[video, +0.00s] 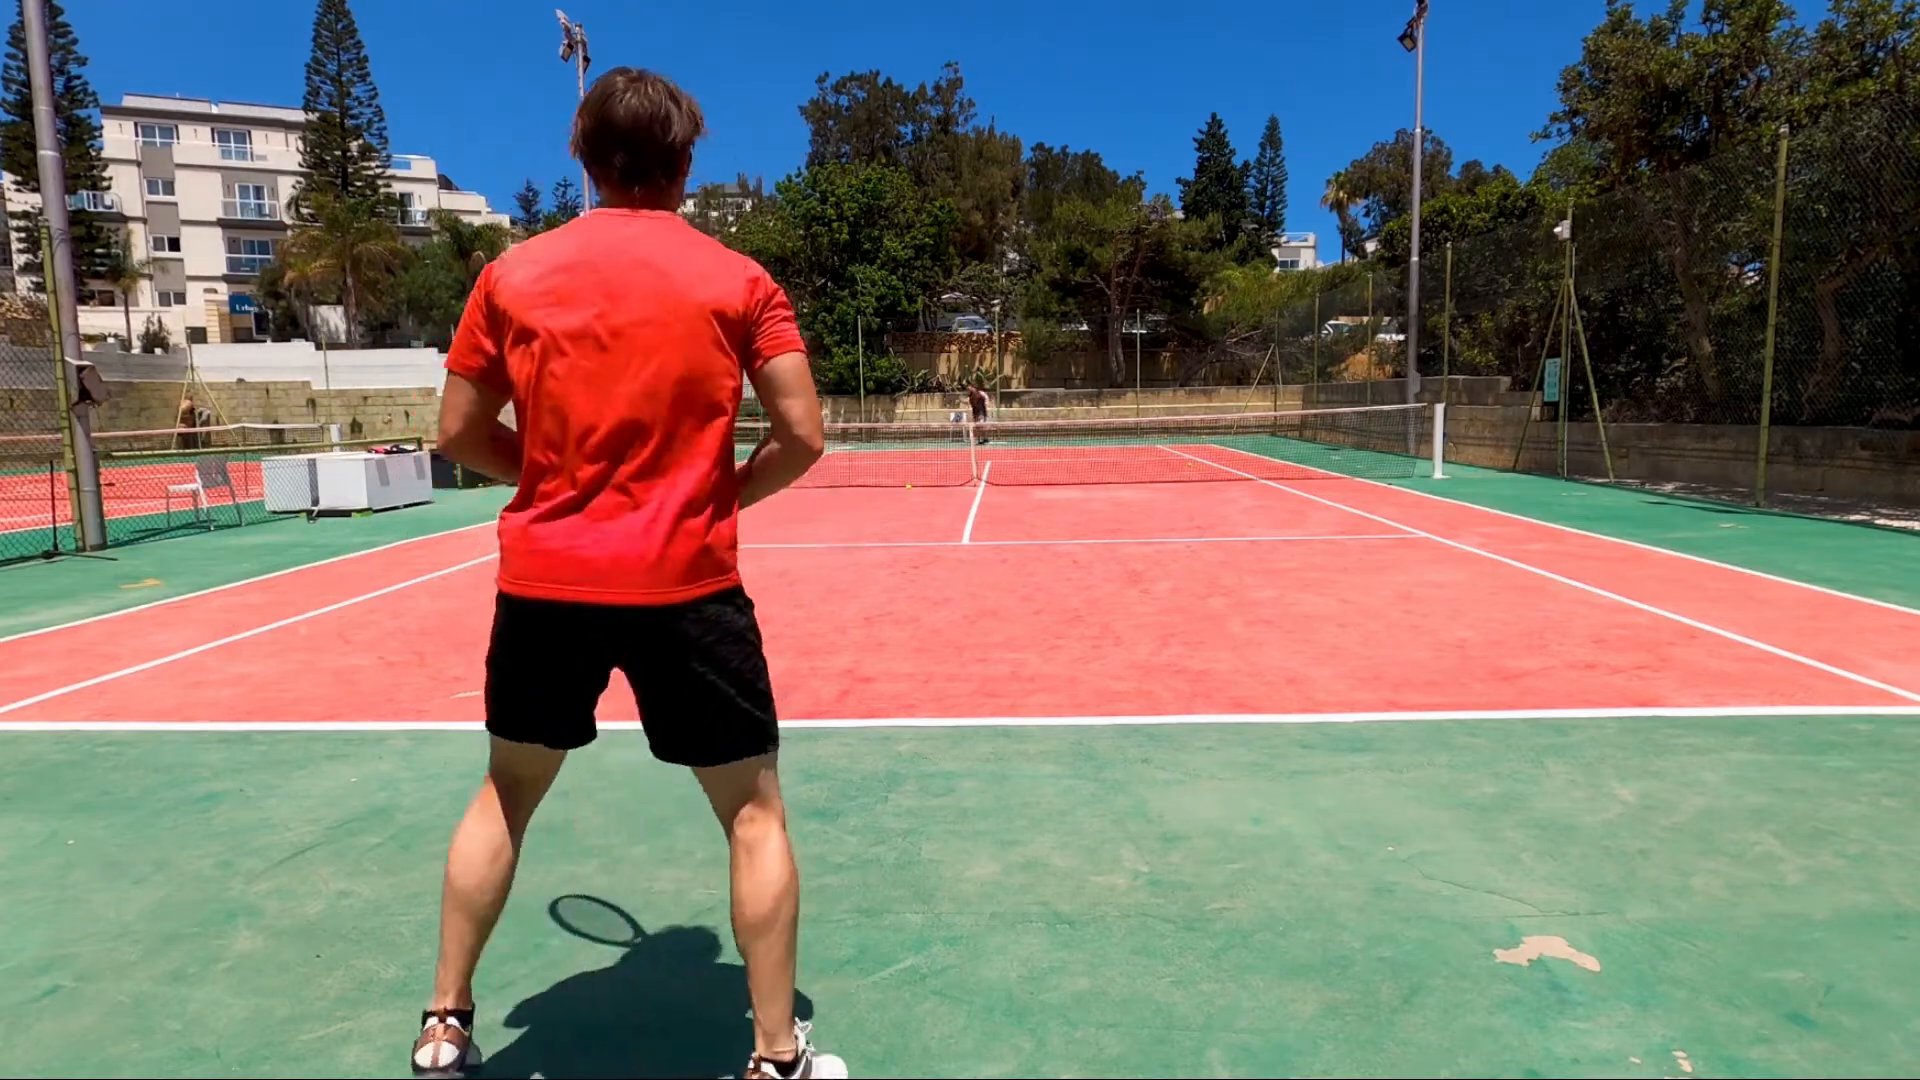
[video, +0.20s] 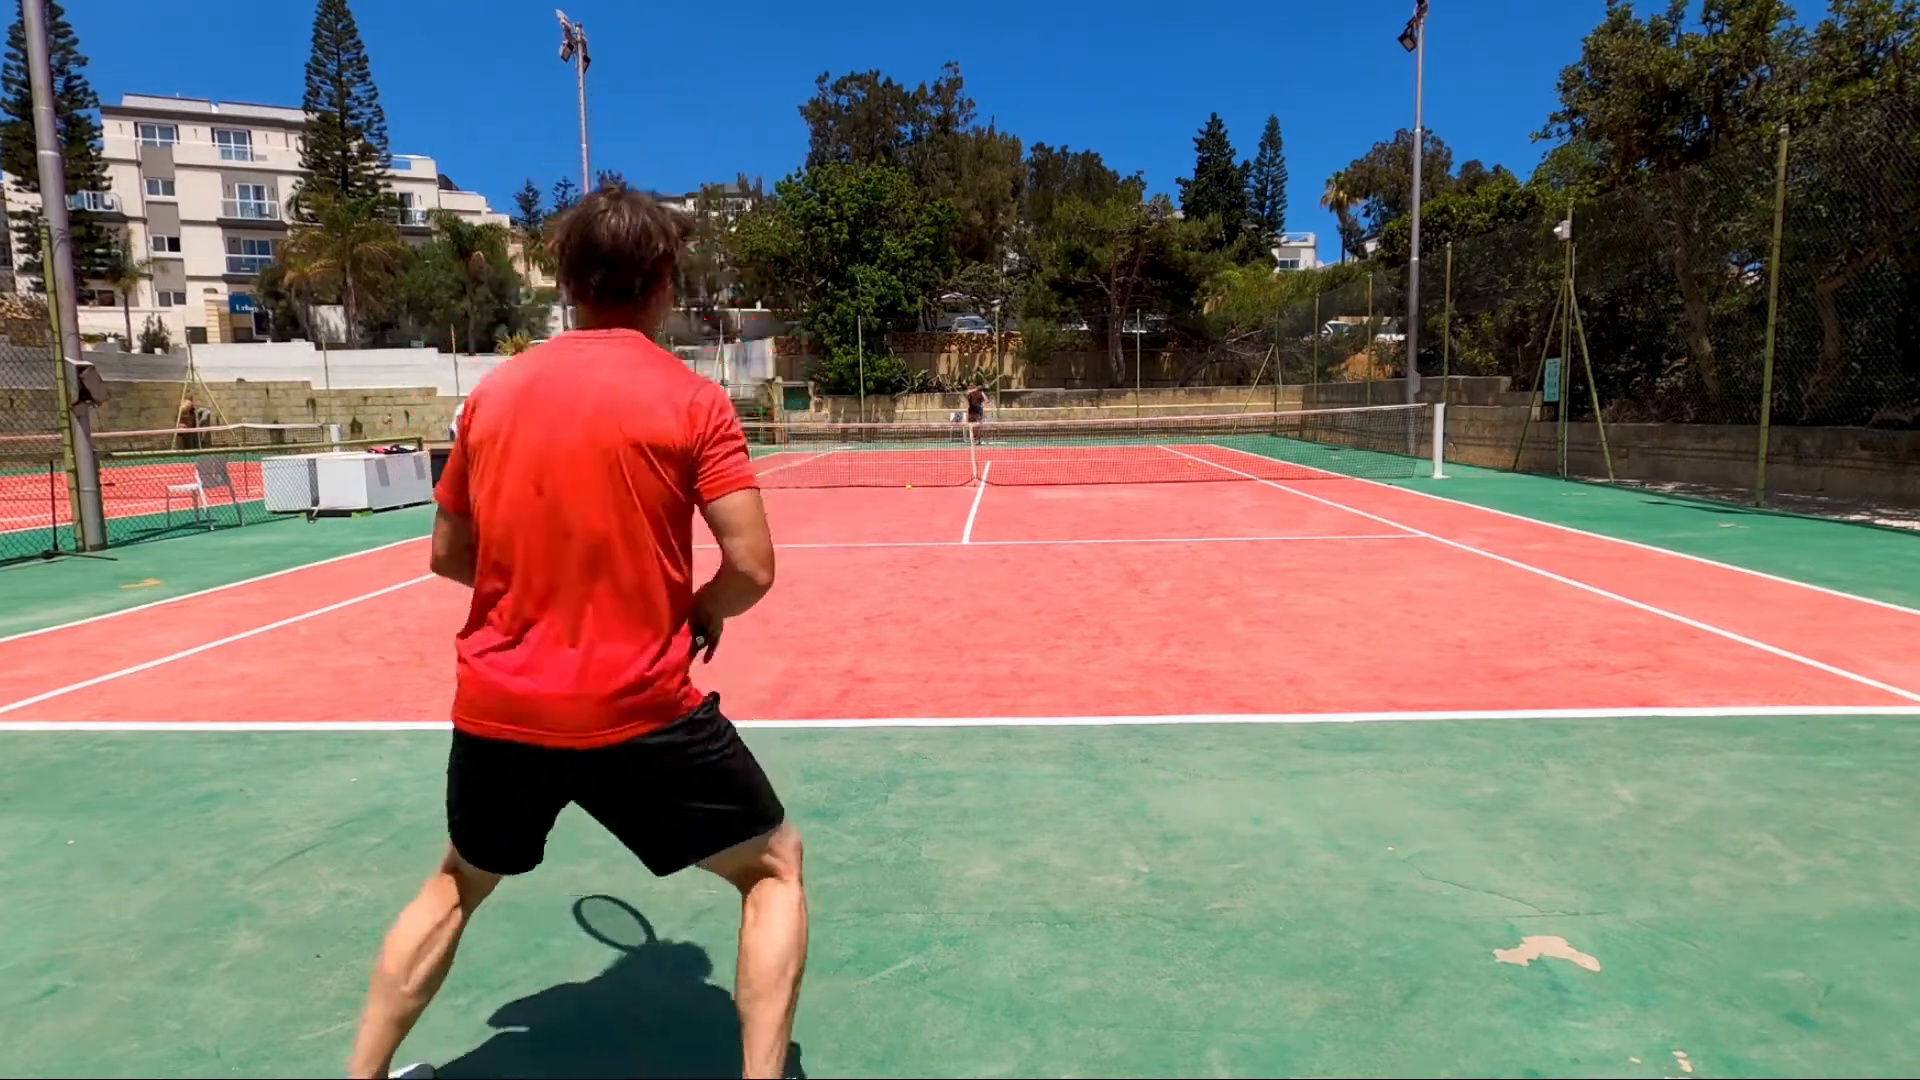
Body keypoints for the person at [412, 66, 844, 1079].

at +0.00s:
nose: (688, 166)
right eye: (687, 153)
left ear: (584, 160)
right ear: (684, 161)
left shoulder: (514, 276)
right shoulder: (734, 277)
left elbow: (460, 436)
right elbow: (801, 437)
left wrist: (552, 468)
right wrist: (723, 494)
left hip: (546, 586)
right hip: (687, 587)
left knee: (507, 789)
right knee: (753, 811)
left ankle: (446, 1017)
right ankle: (776, 1050)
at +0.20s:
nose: (676, 287)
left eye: (669, 271)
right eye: (673, 273)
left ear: (568, 283)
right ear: (663, 285)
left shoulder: (498, 389)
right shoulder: (689, 397)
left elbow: (449, 554)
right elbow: (752, 566)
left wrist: (545, 578)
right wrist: (695, 615)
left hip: (498, 708)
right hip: (637, 710)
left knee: (457, 877)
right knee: (769, 865)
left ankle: (362, 1069)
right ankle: (764, 1072)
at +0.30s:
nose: (695, 322)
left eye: (689, 306)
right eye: (693, 308)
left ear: (589, 316)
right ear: (682, 320)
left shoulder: (522, 426)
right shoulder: (686, 434)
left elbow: (520, 575)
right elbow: (735, 608)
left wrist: (669, 617)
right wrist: (731, 654)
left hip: (488, 740)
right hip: (620, 742)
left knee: (463, 880)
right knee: (810, 860)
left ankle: (360, 1068)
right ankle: (763, 1072)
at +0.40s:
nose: (757, 323)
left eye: (755, 309)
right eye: (754, 309)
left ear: (657, 316)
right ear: (743, 318)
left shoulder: (598, 414)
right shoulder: (732, 426)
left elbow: (597, 596)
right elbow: (763, 607)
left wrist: (718, 642)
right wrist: (788, 672)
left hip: (526, 733)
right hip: (651, 740)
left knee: (491, 891)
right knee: (847, 867)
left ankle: (363, 1070)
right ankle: (785, 1072)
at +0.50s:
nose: (858, 286)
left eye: (853, 271)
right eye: (855, 272)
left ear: (758, 277)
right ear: (843, 282)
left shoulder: (705, 377)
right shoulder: (823, 398)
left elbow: (707, 541)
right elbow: (835, 590)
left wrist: (808, 622)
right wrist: (886, 669)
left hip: (618, 701)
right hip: (725, 720)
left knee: (582, 881)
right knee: (876, 900)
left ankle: (402, 1053)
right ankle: (782, 1074)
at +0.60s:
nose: (959, 267)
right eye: (959, 251)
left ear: (859, 250)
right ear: (951, 263)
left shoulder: (809, 355)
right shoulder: (925, 370)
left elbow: (810, 524)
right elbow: (943, 571)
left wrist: (953, 572)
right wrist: (1016, 661)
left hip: (723, 690)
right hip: (814, 708)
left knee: (776, 866)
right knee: (898, 915)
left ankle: (581, 1001)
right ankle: (785, 1073)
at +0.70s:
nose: (1060, 234)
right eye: (1058, 220)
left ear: (956, 222)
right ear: (1048, 229)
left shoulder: (920, 322)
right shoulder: (1025, 326)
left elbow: (1009, 507)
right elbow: (1046, 504)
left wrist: (1138, 561)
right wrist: (1158, 596)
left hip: (829, 662)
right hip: (914, 678)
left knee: (939, 866)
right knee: (963, 924)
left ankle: (899, 1026)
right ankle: (815, 1067)